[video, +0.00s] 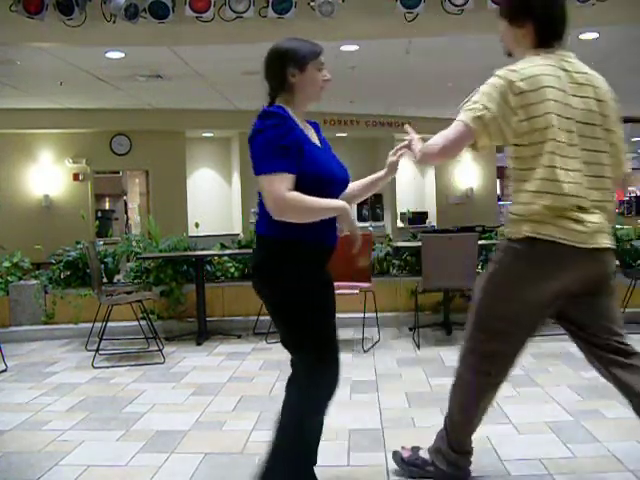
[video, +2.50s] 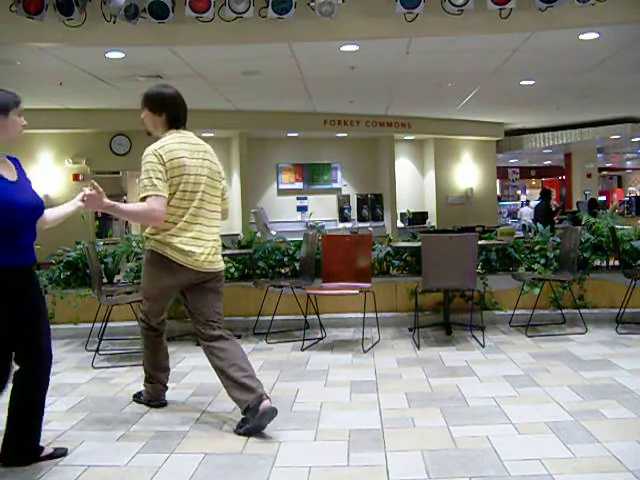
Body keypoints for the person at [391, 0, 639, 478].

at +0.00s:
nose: (500, 35)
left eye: (503, 23)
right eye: (500, 24)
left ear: (525, 25)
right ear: (552, 25)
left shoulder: (513, 79)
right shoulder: (597, 84)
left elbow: (445, 146)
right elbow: (620, 171)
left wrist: (419, 148)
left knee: (484, 352)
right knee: (615, 353)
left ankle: (449, 457)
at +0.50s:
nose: (377, 43)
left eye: (381, 33)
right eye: (377, 34)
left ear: (403, 36)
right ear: (417, 36)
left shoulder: (409, 87)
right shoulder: (456, 87)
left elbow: (393, 178)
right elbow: (476, 169)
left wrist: (337, 162)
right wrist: (427, 186)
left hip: (419, 235)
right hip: (453, 235)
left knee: (404, 346)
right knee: (404, 336)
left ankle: (445, 458)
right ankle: (402, 432)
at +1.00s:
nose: (275, 60)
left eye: (279, 51)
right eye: (276, 52)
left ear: (298, 56)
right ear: (314, 57)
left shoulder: (303, 103)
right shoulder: (344, 103)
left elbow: (297, 185)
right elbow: (366, 175)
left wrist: (242, 185)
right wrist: (323, 195)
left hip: (316, 235)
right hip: (342, 234)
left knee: (337, 336)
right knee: (305, 334)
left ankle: (418, 429)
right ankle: (269, 421)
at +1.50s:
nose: (198, 88)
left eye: (201, 80)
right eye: (198, 80)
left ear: (218, 82)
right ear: (236, 82)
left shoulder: (218, 126)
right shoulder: (270, 124)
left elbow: (212, 198)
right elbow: (287, 184)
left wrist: (162, 196)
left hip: (232, 243)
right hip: (271, 247)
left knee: (199, 322)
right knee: (249, 333)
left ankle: (197, 410)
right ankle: (263, 422)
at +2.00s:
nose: (146, 116)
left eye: (148, 110)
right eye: (146, 110)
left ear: (162, 111)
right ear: (182, 111)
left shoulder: (161, 152)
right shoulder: (206, 149)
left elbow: (159, 213)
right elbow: (215, 208)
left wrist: (106, 203)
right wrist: (172, 206)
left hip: (163, 251)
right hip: (203, 252)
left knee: (150, 320)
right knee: (213, 324)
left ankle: (154, 391)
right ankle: (254, 398)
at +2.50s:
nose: (143, 120)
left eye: (145, 113)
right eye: (143, 113)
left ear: (160, 115)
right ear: (178, 116)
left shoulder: (158, 151)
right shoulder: (207, 151)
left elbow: (155, 214)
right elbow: (221, 211)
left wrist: (107, 205)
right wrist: (176, 205)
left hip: (167, 254)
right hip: (209, 256)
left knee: (152, 321)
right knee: (212, 330)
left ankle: (154, 391)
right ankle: (255, 402)